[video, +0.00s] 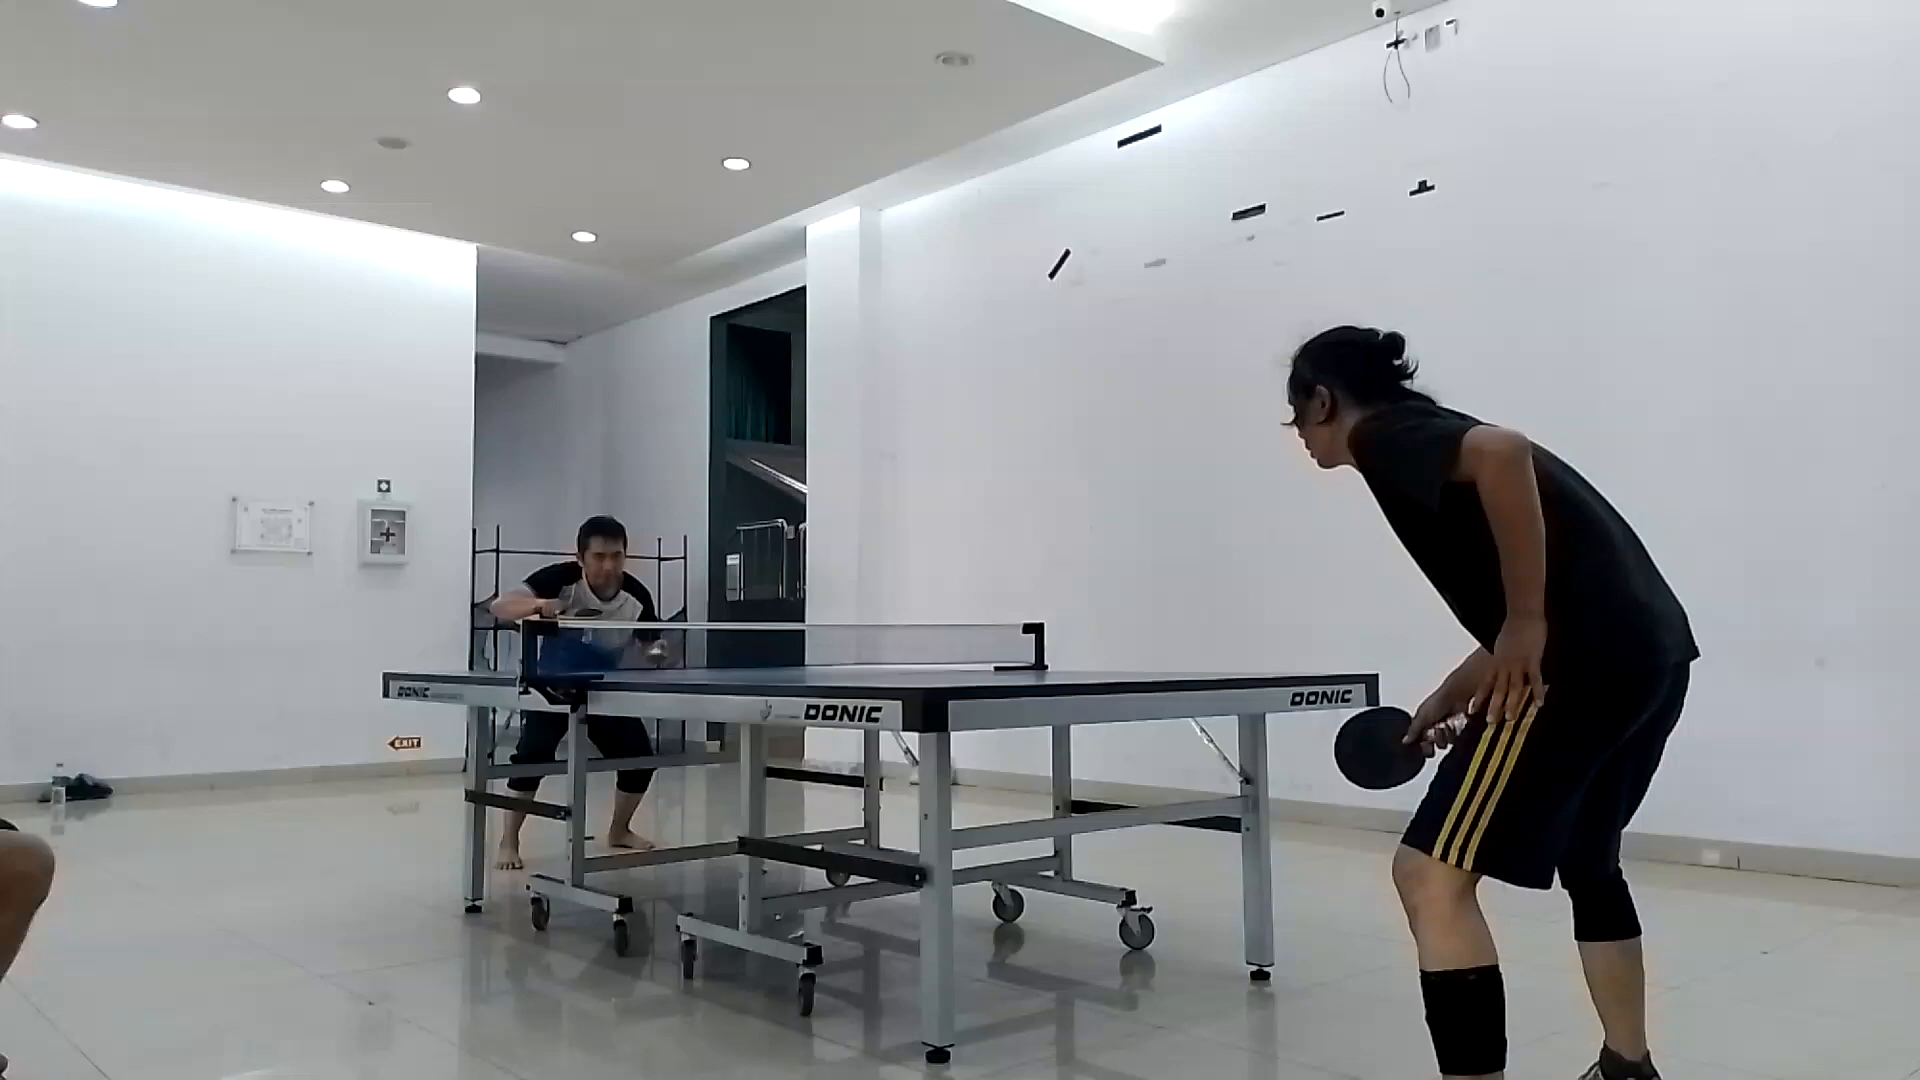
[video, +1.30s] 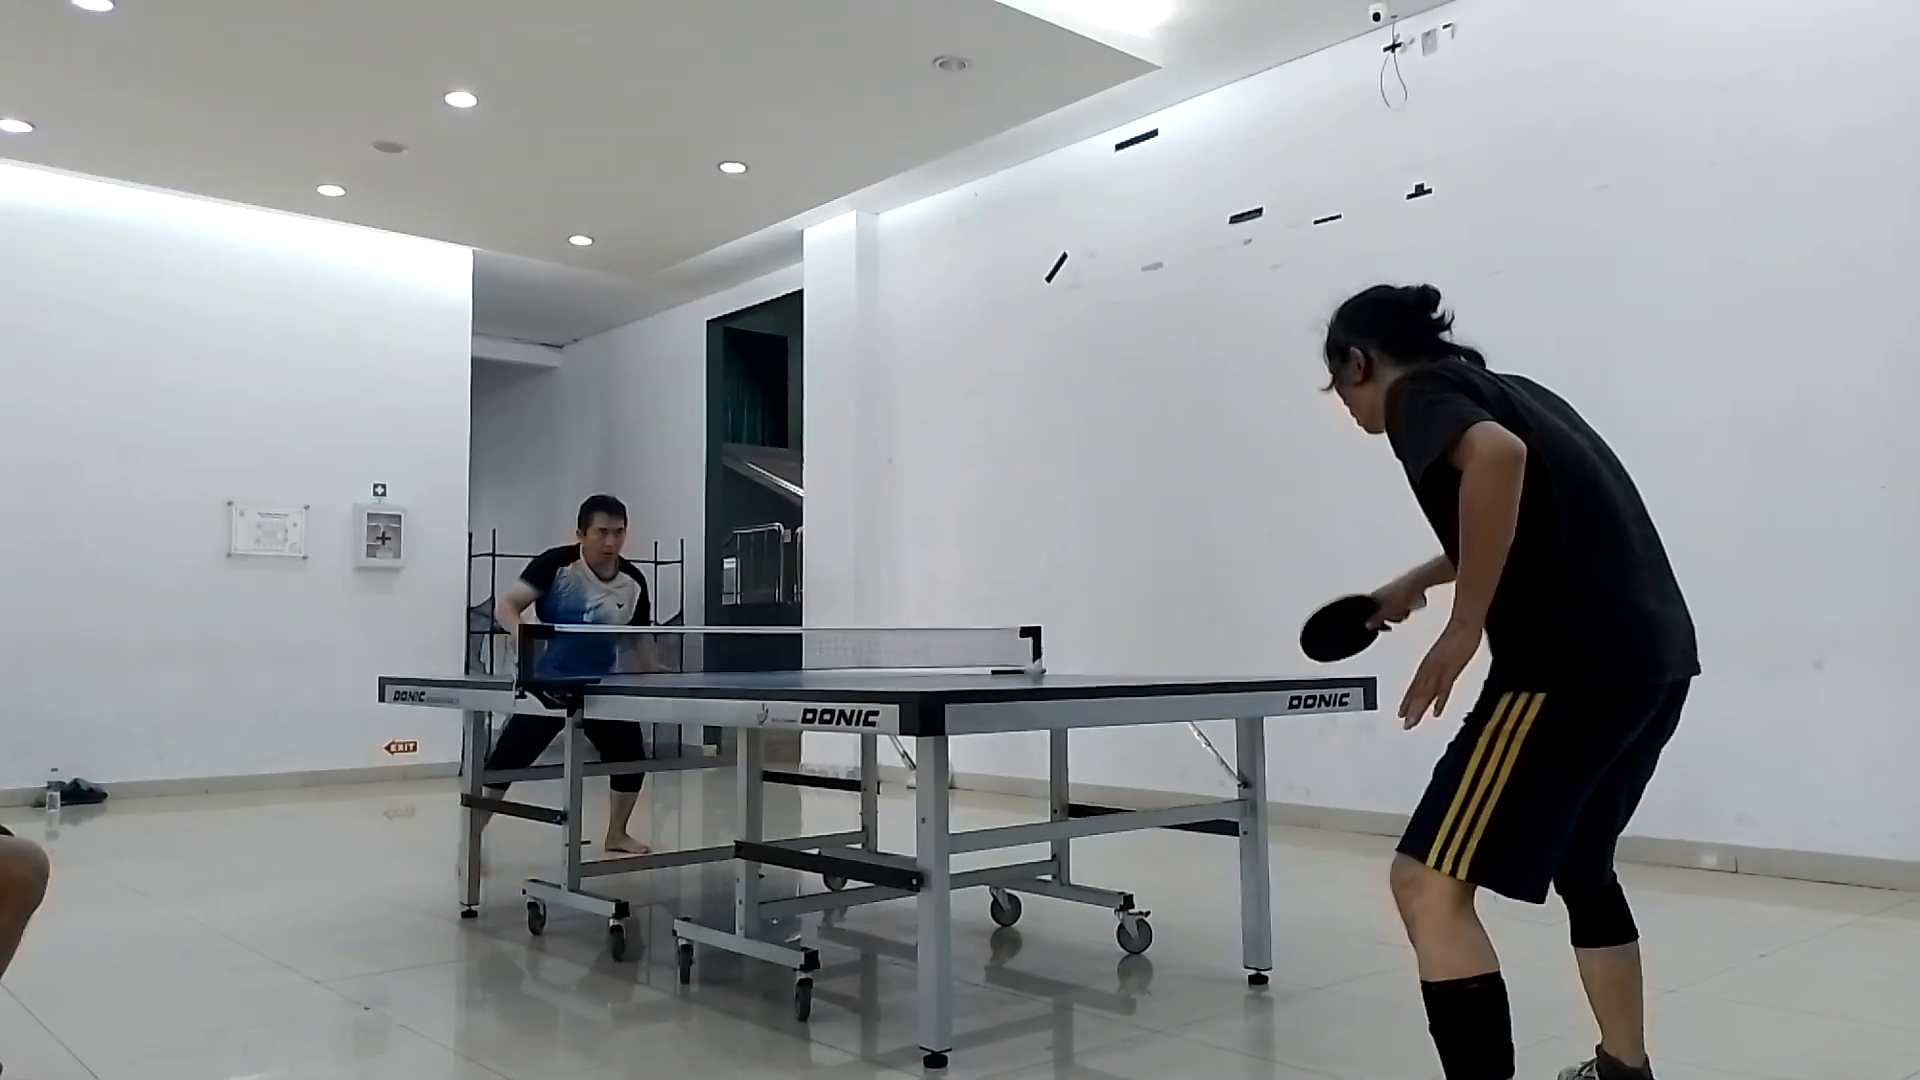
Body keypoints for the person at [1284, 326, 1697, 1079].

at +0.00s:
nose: (1299, 434)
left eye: (1298, 414)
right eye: (1296, 418)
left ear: (1325, 398)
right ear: (1380, 389)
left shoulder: (1383, 434)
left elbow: (1502, 449)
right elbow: (1545, 598)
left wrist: (1520, 619)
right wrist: (1449, 697)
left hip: (1579, 655)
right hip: (1652, 654)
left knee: (1430, 874)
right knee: (1589, 855)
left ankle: (1473, 1071)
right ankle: (1629, 1064)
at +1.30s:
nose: (1348, 407)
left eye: (1343, 386)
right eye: (1340, 392)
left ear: (1367, 360)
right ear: (1426, 346)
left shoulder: (1418, 393)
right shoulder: (1506, 392)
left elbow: (1498, 454)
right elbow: (1529, 527)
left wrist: (1461, 633)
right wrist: (1418, 581)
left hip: (1566, 662)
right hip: (1653, 655)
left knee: (1428, 882)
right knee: (1582, 861)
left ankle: (1481, 1077)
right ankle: (1626, 1067)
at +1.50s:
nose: (1372, 433)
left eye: (1370, 412)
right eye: (1365, 417)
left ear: (1397, 391)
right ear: (1422, 384)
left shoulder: (1468, 404)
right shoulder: (1491, 432)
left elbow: (1565, 435)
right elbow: (1460, 514)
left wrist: (1533, 600)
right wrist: (1350, 551)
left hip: (1629, 663)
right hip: (1688, 659)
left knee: (1503, 873)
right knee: (1595, 866)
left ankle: (1508, 1071)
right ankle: (1623, 1064)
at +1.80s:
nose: (1422, 441)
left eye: (1421, 422)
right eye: (1418, 425)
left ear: (1453, 406)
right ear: (1469, 408)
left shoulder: (1550, 433)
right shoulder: (1525, 498)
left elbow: (1684, 449)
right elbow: (1474, 587)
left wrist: (1653, 599)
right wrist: (1339, 597)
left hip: (1734, 652)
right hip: (1693, 661)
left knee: (1628, 860)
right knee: (1604, 843)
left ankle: (1715, 1071)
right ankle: (1623, 1062)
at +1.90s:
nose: (1445, 412)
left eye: (1448, 391)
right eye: (1443, 394)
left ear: (1483, 381)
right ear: (1499, 382)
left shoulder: (1569, 416)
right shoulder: (1559, 464)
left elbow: (1690, 451)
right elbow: (1593, 600)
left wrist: (1637, 608)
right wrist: (1448, 640)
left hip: (1753, 656)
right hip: (1707, 667)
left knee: (1676, 883)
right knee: (1624, 835)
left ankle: (1834, 1070)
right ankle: (1623, 1060)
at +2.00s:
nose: (1476, 386)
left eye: (1479, 365)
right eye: (1474, 368)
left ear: (1513, 351)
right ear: (1532, 352)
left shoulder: (1594, 395)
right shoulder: (1588, 428)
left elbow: (1701, 444)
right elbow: (1667, 585)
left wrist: (1622, 616)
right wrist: (1570, 665)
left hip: (1783, 659)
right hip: (1741, 668)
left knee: (1757, 918)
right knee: (1677, 842)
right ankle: (1634, 1057)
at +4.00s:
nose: (1430, 307)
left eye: (1434, 275)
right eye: (1424, 280)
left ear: (1503, 244)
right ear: (1503, 244)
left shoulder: (1645, 337)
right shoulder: (1585, 377)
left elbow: (1758, 508)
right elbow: (1533, 573)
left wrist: (1535, 664)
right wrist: (1446, 527)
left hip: (1808, 728)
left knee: (1538, 983)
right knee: (1904, 993)